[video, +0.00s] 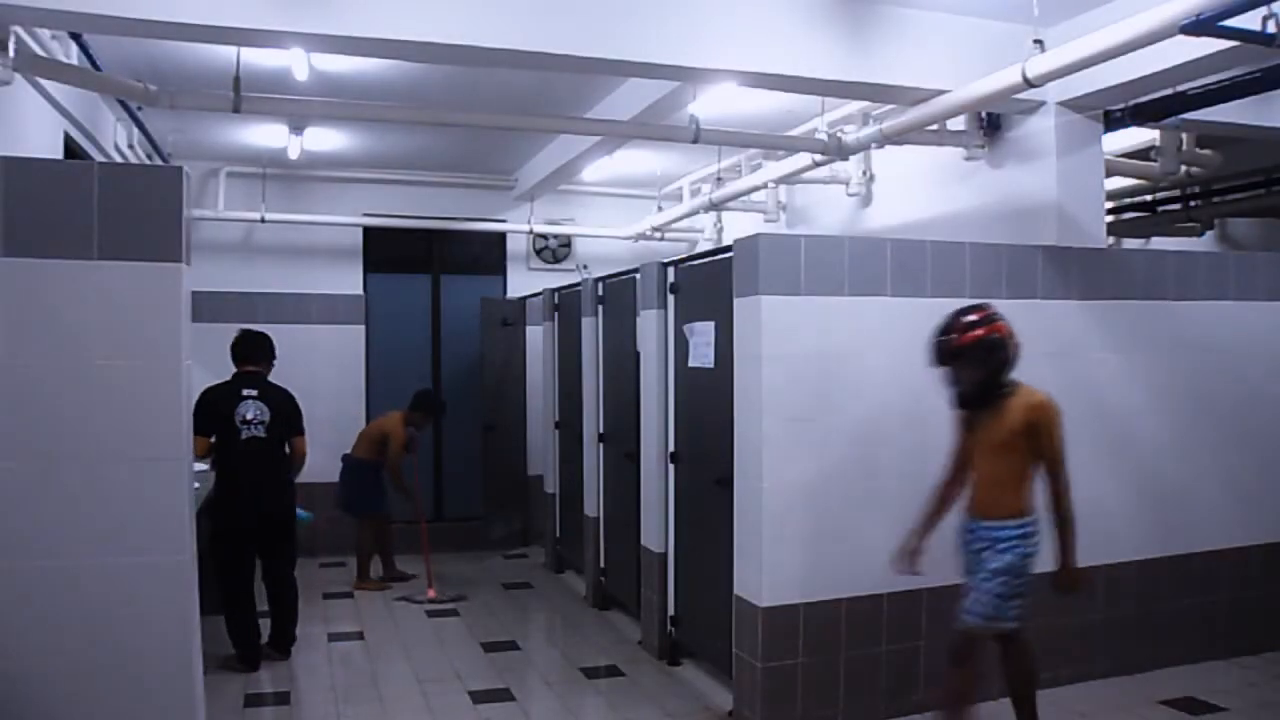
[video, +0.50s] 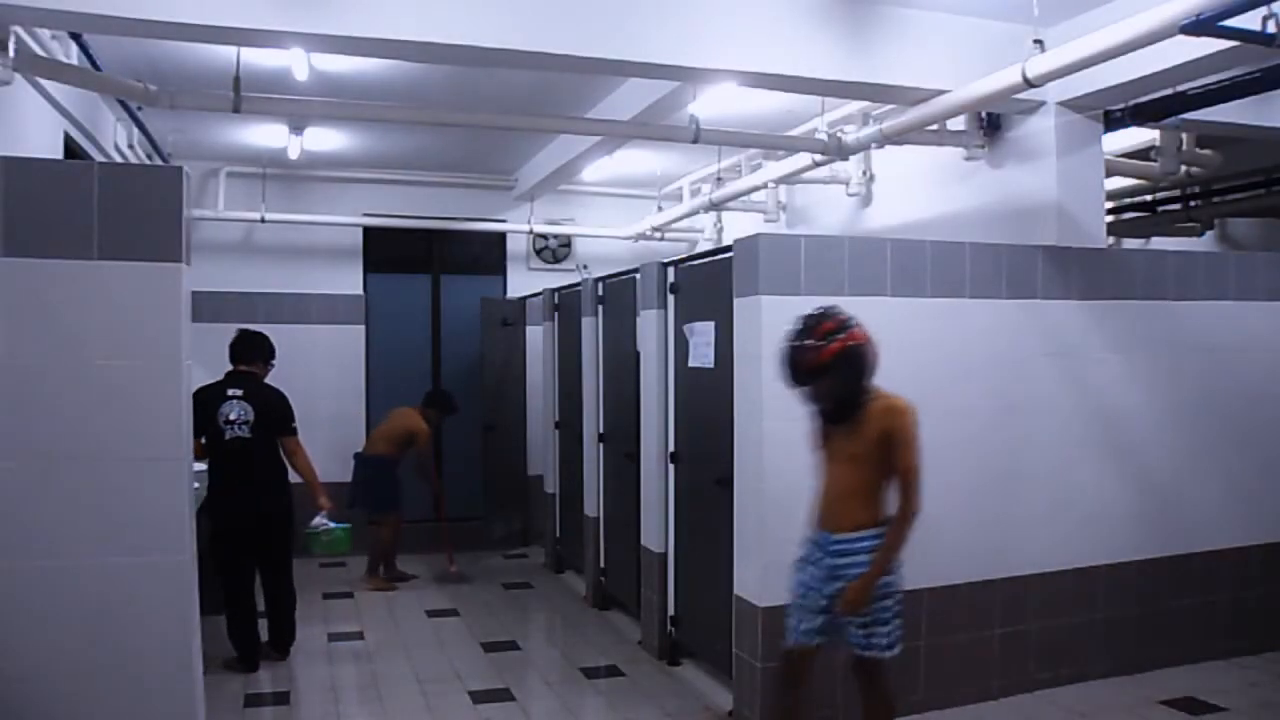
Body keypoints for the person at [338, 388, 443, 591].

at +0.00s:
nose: (425, 425)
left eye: (428, 421)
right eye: (426, 420)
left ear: (414, 410)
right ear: (418, 414)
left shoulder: (395, 420)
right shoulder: (397, 429)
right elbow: (393, 467)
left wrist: (405, 447)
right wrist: (405, 493)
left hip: (370, 468)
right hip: (360, 469)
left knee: (382, 521)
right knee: (367, 524)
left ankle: (389, 569)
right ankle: (363, 577)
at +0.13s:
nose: (431, 426)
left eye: (434, 421)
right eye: (432, 420)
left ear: (420, 409)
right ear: (424, 414)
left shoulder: (401, 418)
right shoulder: (405, 429)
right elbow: (399, 467)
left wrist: (412, 445)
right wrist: (412, 494)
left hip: (373, 467)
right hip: (366, 468)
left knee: (385, 520)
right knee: (372, 522)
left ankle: (389, 569)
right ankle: (363, 576)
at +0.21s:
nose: (435, 423)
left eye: (437, 419)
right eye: (435, 418)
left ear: (422, 408)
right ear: (427, 412)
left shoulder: (401, 417)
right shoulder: (411, 429)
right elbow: (404, 465)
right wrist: (419, 493)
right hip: (372, 468)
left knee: (387, 520)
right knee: (376, 522)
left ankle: (390, 569)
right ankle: (364, 576)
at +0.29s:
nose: (436, 422)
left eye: (438, 418)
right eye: (437, 417)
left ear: (423, 405)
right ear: (430, 412)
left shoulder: (402, 414)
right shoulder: (415, 427)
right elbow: (410, 463)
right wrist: (426, 488)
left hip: (366, 463)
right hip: (375, 467)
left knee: (389, 520)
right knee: (381, 522)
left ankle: (390, 569)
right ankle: (365, 576)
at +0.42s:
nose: (439, 421)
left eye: (441, 417)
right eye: (439, 416)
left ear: (425, 404)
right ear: (433, 411)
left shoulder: (402, 413)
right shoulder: (419, 429)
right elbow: (418, 465)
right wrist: (432, 487)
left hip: (367, 462)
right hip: (377, 467)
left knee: (392, 519)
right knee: (384, 522)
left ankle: (390, 569)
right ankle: (367, 573)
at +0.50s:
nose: (439, 421)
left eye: (442, 416)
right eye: (440, 416)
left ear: (425, 404)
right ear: (434, 411)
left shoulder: (402, 413)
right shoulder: (421, 428)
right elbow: (424, 465)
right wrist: (434, 488)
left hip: (367, 461)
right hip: (380, 466)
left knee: (392, 518)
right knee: (385, 520)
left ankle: (390, 569)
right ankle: (372, 574)